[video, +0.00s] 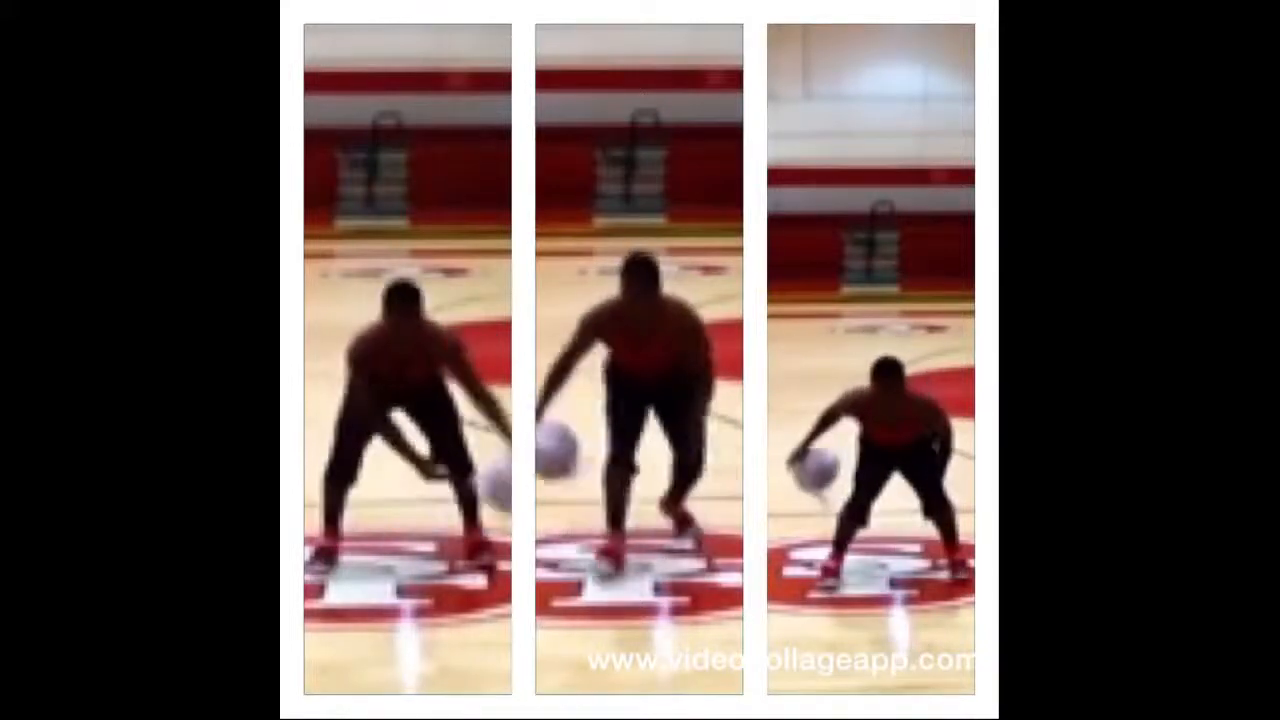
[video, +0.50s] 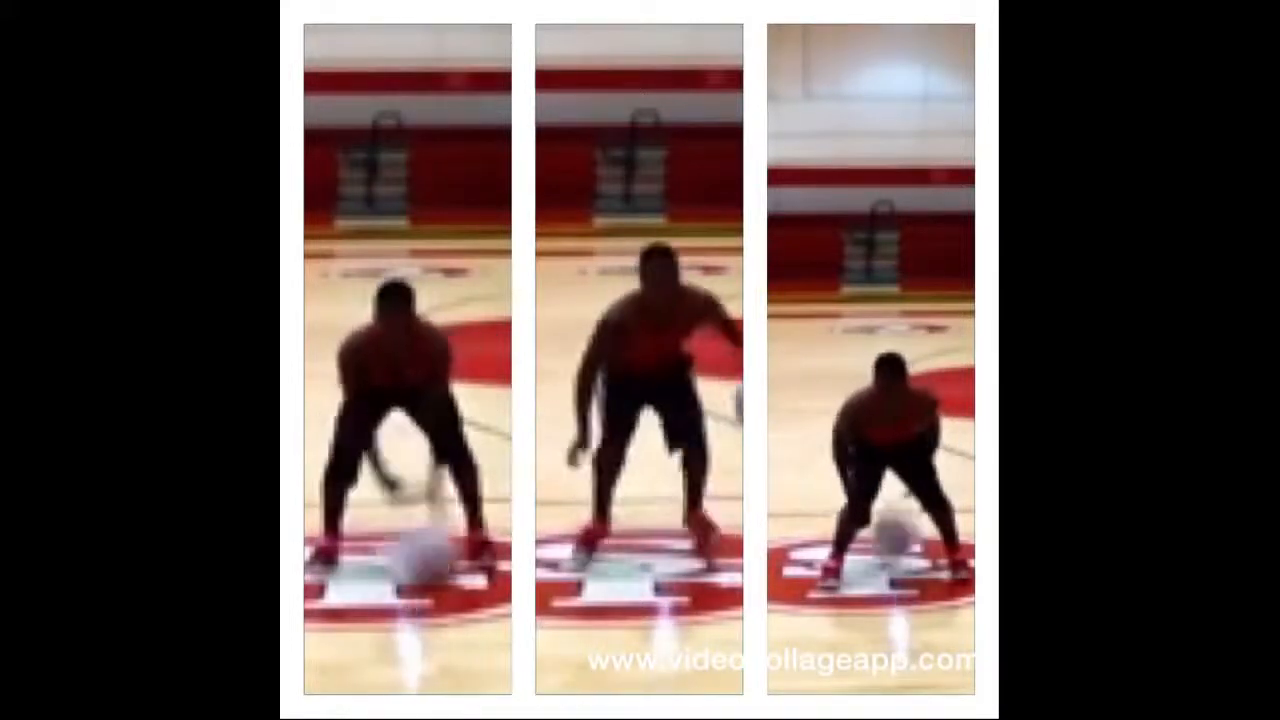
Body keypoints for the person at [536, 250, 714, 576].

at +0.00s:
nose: (638, 301)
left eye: (644, 294)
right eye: (632, 293)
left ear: (656, 290)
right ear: (622, 288)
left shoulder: (681, 319)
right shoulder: (606, 318)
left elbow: (704, 371)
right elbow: (566, 362)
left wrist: (698, 408)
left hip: (675, 385)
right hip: (627, 385)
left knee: (692, 460)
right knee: (620, 460)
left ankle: (673, 503)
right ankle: (615, 536)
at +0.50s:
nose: (663, 288)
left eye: (668, 279)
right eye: (655, 280)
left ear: (678, 277)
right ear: (642, 280)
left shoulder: (697, 304)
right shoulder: (619, 317)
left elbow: (735, 336)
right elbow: (586, 373)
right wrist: (583, 432)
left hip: (671, 378)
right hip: (623, 382)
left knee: (696, 449)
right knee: (609, 453)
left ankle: (694, 514)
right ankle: (600, 521)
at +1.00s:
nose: (651, 281)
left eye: (658, 274)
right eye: (645, 273)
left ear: (669, 274)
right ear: (636, 273)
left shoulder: (693, 310)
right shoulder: (615, 306)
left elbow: (723, 358)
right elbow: (579, 342)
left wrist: (722, 407)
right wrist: (560, 384)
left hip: (688, 376)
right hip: (643, 375)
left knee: (697, 445)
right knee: (615, 450)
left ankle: (723, 510)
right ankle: (620, 516)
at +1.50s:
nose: (669, 288)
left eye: (675, 279)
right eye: (661, 280)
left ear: (684, 279)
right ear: (649, 281)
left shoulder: (706, 313)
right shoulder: (631, 321)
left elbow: (727, 363)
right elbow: (607, 377)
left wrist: (741, 408)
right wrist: (610, 432)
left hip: (692, 382)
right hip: (647, 385)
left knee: (720, 447)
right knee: (642, 455)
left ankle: (695, 497)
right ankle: (631, 530)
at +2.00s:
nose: (657, 291)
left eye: (663, 283)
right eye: (650, 284)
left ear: (674, 284)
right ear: (641, 284)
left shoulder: (693, 324)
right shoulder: (619, 327)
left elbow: (707, 385)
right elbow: (623, 393)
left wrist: (708, 436)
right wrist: (646, 443)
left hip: (677, 396)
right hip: (632, 395)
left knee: (694, 457)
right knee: (591, 458)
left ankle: (717, 525)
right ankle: (618, 516)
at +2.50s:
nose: (651, 289)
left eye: (659, 281)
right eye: (645, 281)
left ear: (671, 280)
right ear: (637, 281)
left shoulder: (696, 317)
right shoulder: (624, 319)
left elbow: (698, 379)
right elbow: (601, 368)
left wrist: (679, 433)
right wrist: (586, 413)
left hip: (687, 386)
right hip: (644, 388)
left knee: (711, 460)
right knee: (642, 456)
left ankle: (688, 501)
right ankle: (623, 531)